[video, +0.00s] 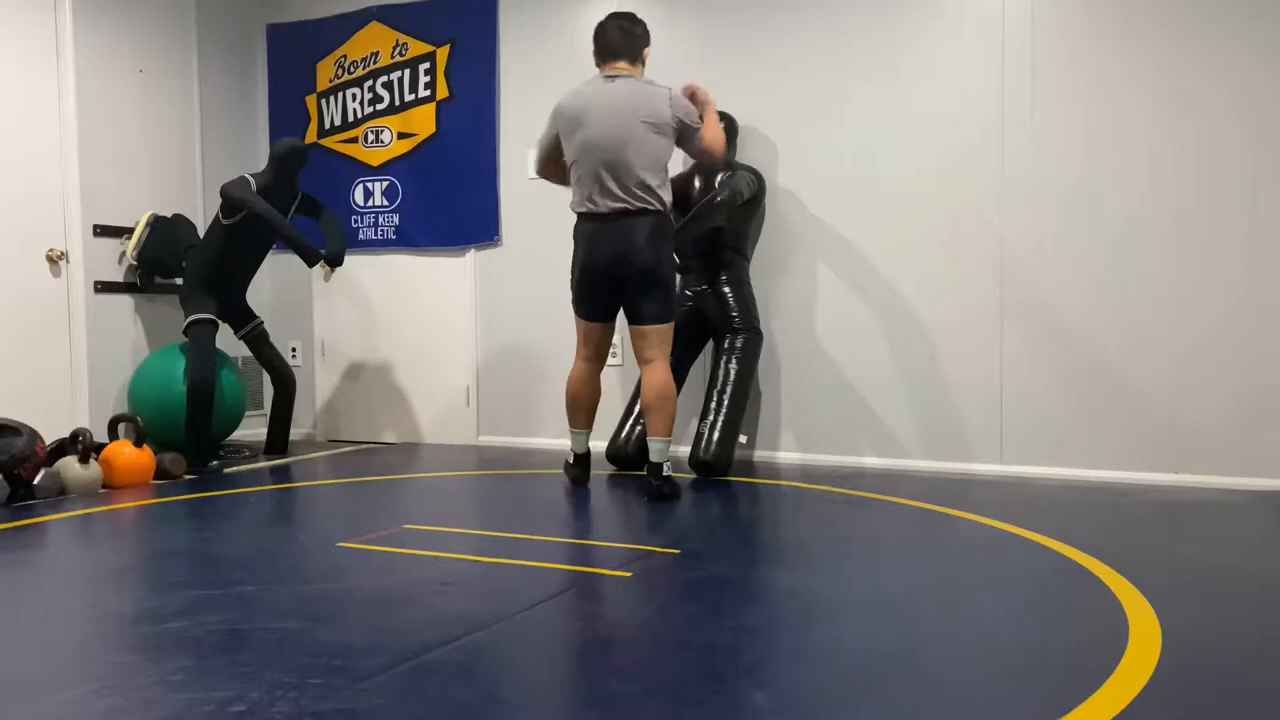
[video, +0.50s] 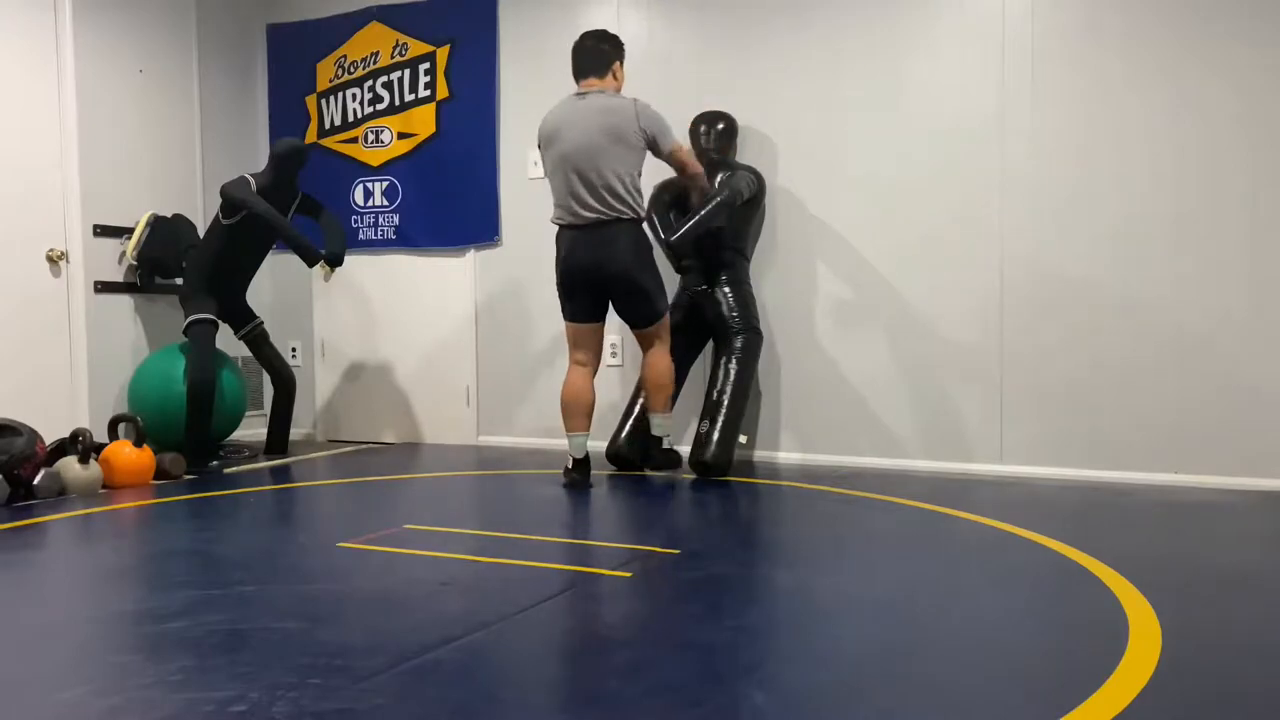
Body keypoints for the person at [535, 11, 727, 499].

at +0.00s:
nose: (648, 58)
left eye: (643, 52)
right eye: (648, 52)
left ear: (596, 55)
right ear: (643, 55)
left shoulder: (569, 103)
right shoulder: (665, 101)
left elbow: (548, 166)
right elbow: (715, 151)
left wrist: (595, 179)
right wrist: (708, 106)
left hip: (593, 241)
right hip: (649, 239)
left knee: (588, 355)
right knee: (655, 357)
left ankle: (579, 460)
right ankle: (659, 469)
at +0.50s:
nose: (624, 76)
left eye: (623, 69)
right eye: (623, 69)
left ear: (576, 71)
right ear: (615, 69)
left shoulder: (551, 121)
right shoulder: (635, 111)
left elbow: (564, 179)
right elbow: (684, 162)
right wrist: (700, 186)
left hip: (573, 249)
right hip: (625, 245)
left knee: (581, 359)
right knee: (655, 341)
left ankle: (578, 463)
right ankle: (659, 443)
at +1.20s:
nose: (640, 118)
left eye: (641, 112)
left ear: (642, 113)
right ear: (683, 122)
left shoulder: (612, 146)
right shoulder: (700, 161)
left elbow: (586, 213)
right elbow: (732, 223)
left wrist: (624, 208)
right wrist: (751, 240)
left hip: (615, 249)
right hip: (671, 254)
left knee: (607, 355)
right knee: (673, 353)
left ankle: (600, 444)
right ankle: (677, 451)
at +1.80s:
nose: (603, 83)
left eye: (609, 74)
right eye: (605, 73)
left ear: (633, 80)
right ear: (646, 82)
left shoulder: (609, 127)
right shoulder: (689, 130)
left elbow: (578, 199)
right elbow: (722, 195)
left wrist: (597, 169)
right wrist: (686, 210)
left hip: (643, 254)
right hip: (687, 254)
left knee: (618, 367)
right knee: (675, 364)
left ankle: (665, 461)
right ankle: (678, 463)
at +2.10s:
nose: (592, 56)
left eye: (600, 45)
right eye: (592, 46)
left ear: (633, 53)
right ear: (632, 55)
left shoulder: (619, 112)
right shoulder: (664, 105)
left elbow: (586, 186)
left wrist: (574, 151)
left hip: (641, 244)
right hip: (670, 239)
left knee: (624, 362)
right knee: (635, 359)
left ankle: (667, 469)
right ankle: (662, 463)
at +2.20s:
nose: (586, 52)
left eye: (595, 42)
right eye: (585, 42)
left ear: (627, 49)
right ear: (625, 52)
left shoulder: (619, 107)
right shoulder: (649, 99)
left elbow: (585, 183)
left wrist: (567, 152)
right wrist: (586, 152)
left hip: (641, 241)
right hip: (657, 236)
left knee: (635, 361)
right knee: (608, 340)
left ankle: (669, 467)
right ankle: (617, 446)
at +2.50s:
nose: (555, 61)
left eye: (563, 50)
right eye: (554, 52)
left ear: (596, 53)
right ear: (591, 56)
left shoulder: (602, 105)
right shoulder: (602, 102)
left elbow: (576, 173)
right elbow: (579, 164)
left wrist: (542, 148)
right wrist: (553, 143)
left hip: (603, 248)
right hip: (580, 248)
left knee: (610, 372)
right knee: (549, 360)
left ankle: (667, 465)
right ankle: (535, 464)